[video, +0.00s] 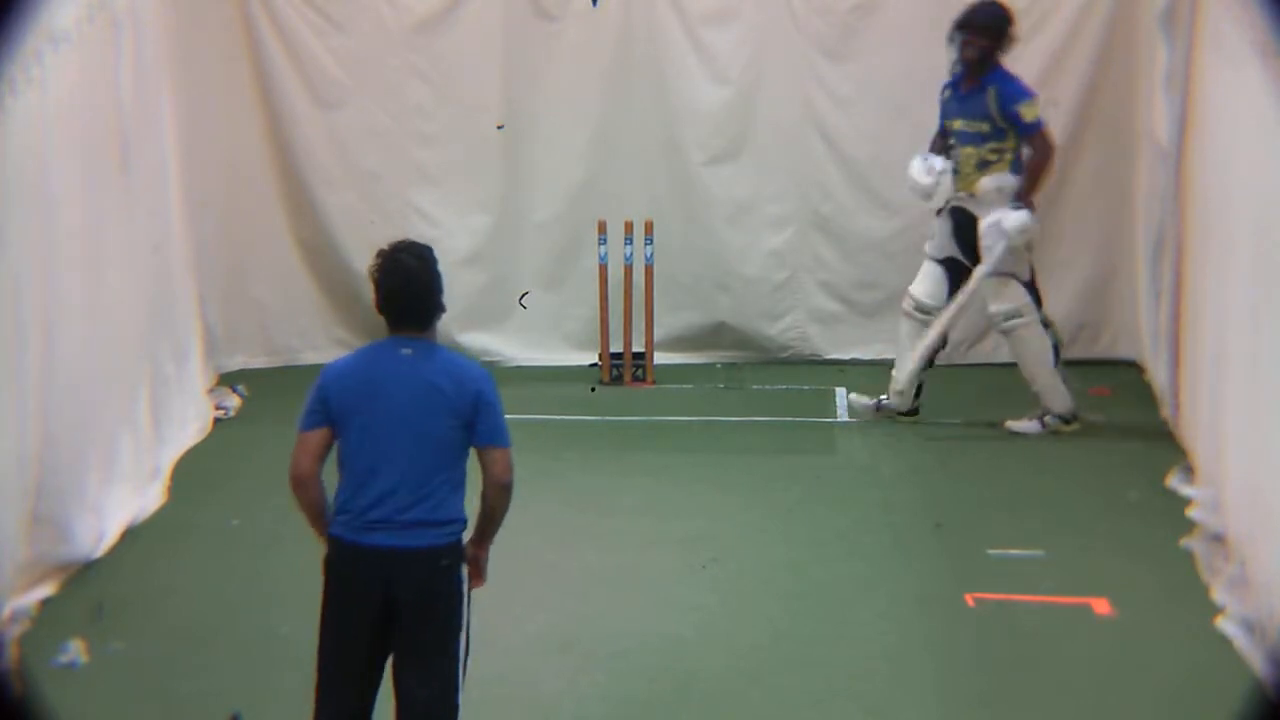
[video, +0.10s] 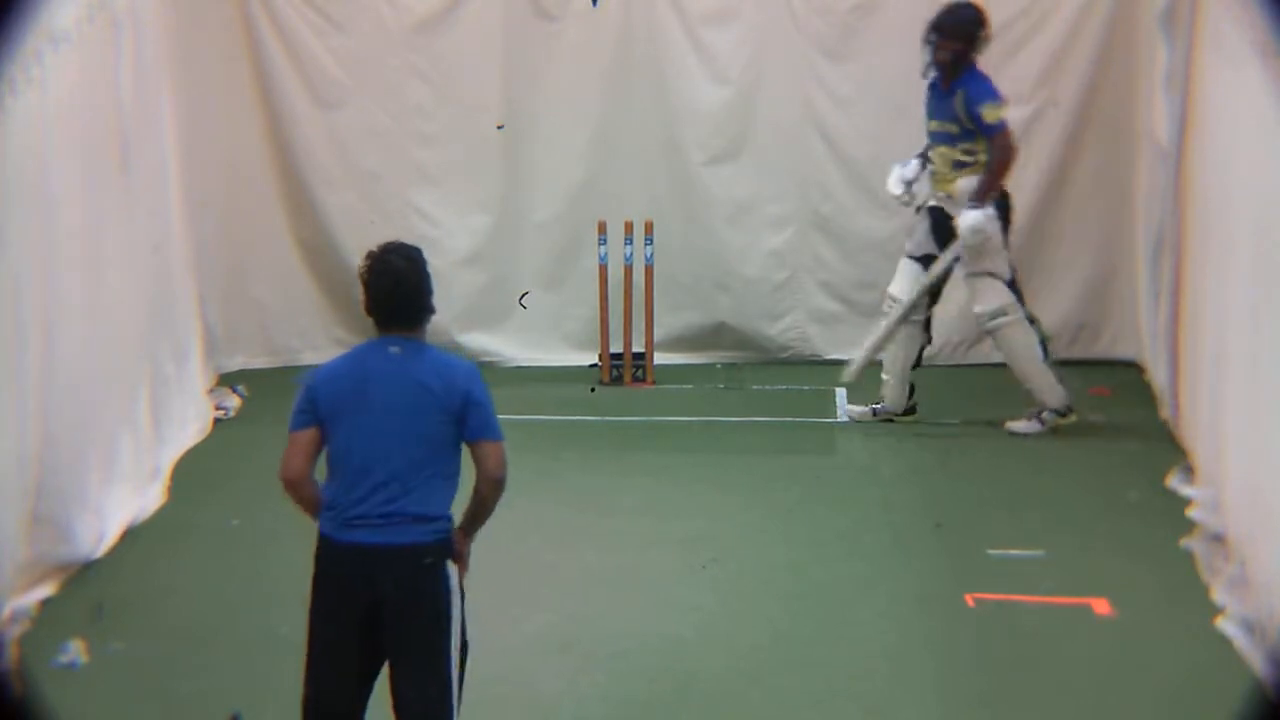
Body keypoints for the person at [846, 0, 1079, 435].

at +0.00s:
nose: (966, 48)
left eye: (976, 41)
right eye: (962, 39)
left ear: (996, 46)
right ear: (955, 40)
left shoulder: (1009, 92)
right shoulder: (952, 89)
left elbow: (1043, 147)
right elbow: (945, 133)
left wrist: (1020, 205)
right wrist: (930, 162)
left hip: (999, 214)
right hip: (957, 213)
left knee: (1011, 310)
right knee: (922, 302)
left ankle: (1059, 411)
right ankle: (902, 399)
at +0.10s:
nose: (939, 54)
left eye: (950, 47)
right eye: (936, 44)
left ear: (970, 50)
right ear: (929, 41)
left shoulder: (977, 89)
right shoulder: (937, 83)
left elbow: (1004, 147)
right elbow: (945, 139)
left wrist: (979, 206)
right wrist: (918, 164)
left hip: (978, 208)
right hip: (940, 205)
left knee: (995, 306)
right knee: (904, 297)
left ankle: (1054, 404)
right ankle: (895, 401)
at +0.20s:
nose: (914, 47)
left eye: (923, 39)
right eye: (910, 39)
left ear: (945, 41)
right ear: (908, 41)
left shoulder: (952, 85)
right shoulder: (925, 81)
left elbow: (965, 151)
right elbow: (929, 139)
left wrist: (929, 201)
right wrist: (901, 164)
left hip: (955, 206)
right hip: (921, 204)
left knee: (964, 302)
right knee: (896, 296)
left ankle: (1041, 395)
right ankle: (895, 401)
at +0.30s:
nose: (890, 46)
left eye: (896, 38)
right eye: (889, 38)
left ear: (920, 36)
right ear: (910, 38)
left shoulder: (934, 80)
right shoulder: (912, 79)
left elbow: (935, 142)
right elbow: (906, 144)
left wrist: (895, 193)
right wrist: (879, 174)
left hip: (936, 194)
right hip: (911, 194)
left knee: (924, 298)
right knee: (888, 295)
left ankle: (1010, 387)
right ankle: (895, 401)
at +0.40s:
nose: (871, 51)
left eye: (876, 42)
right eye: (870, 43)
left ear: (899, 38)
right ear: (896, 38)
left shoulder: (919, 78)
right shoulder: (899, 78)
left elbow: (916, 145)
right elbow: (894, 144)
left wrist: (870, 184)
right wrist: (861, 176)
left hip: (923, 196)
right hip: (899, 195)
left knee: (887, 293)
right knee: (881, 293)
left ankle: (964, 390)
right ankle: (894, 400)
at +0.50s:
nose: (856, 54)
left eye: (861, 45)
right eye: (855, 46)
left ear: (882, 37)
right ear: (880, 39)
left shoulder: (906, 75)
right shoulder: (884, 77)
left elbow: (903, 142)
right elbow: (879, 143)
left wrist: (853, 179)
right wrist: (846, 171)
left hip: (909, 192)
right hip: (887, 190)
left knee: (867, 290)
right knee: (886, 293)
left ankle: (902, 398)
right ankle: (897, 395)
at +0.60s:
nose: (843, 56)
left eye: (847, 47)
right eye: (841, 49)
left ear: (868, 39)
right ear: (865, 41)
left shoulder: (893, 77)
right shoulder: (870, 79)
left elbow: (890, 142)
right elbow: (867, 143)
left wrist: (843, 178)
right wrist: (830, 165)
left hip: (896, 193)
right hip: (875, 191)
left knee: (850, 286)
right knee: (879, 294)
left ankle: (852, 399)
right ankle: (894, 394)